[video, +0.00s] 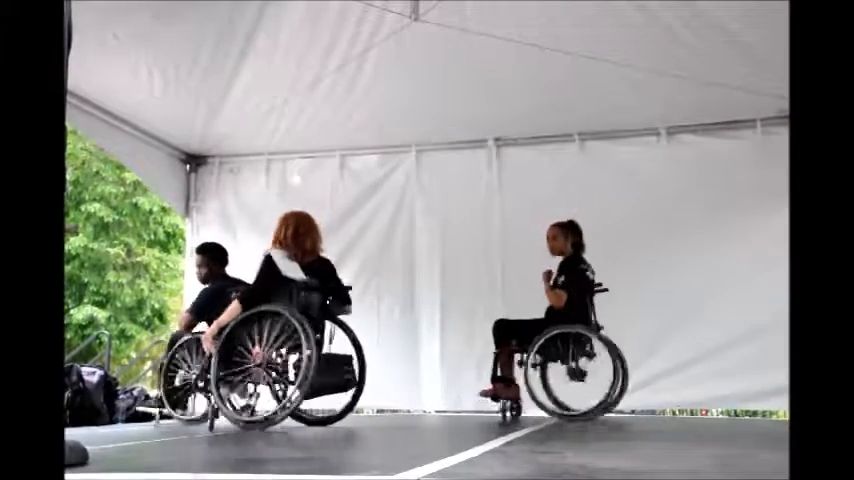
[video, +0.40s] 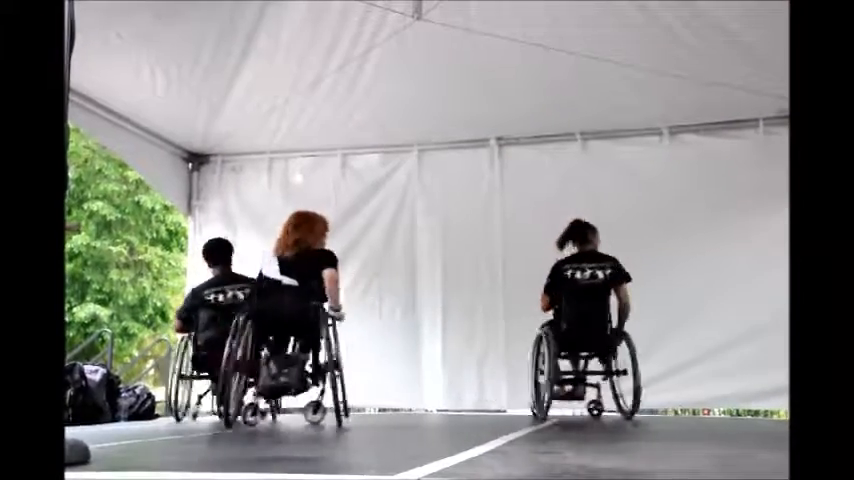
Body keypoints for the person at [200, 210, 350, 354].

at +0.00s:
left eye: (280, 230)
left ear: (281, 233)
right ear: (314, 236)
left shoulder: (274, 260)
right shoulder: (323, 265)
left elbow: (251, 297)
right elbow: (343, 302)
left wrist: (215, 326)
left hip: (273, 333)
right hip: (309, 336)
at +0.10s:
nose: (280, 239)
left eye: (282, 234)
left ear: (282, 234)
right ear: (314, 236)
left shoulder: (273, 261)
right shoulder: (328, 263)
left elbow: (244, 301)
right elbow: (356, 297)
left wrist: (214, 332)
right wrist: (328, 311)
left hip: (279, 333)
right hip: (314, 333)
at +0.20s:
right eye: (318, 233)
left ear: (285, 234)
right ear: (316, 235)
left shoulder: (273, 261)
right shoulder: (330, 262)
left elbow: (244, 300)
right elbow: (357, 290)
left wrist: (218, 333)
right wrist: (338, 309)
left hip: (276, 324)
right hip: (312, 327)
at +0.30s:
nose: (324, 238)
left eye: (323, 233)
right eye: (322, 233)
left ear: (288, 233)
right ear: (317, 235)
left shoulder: (272, 261)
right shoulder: (330, 260)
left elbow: (245, 299)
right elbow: (351, 282)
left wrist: (225, 334)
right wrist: (342, 306)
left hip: (275, 325)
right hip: (311, 324)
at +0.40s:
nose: (325, 238)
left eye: (325, 233)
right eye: (323, 234)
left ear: (289, 232)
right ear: (316, 235)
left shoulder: (275, 256)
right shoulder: (324, 256)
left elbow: (261, 283)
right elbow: (330, 280)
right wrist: (335, 307)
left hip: (272, 315)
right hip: (306, 317)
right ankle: (298, 367)